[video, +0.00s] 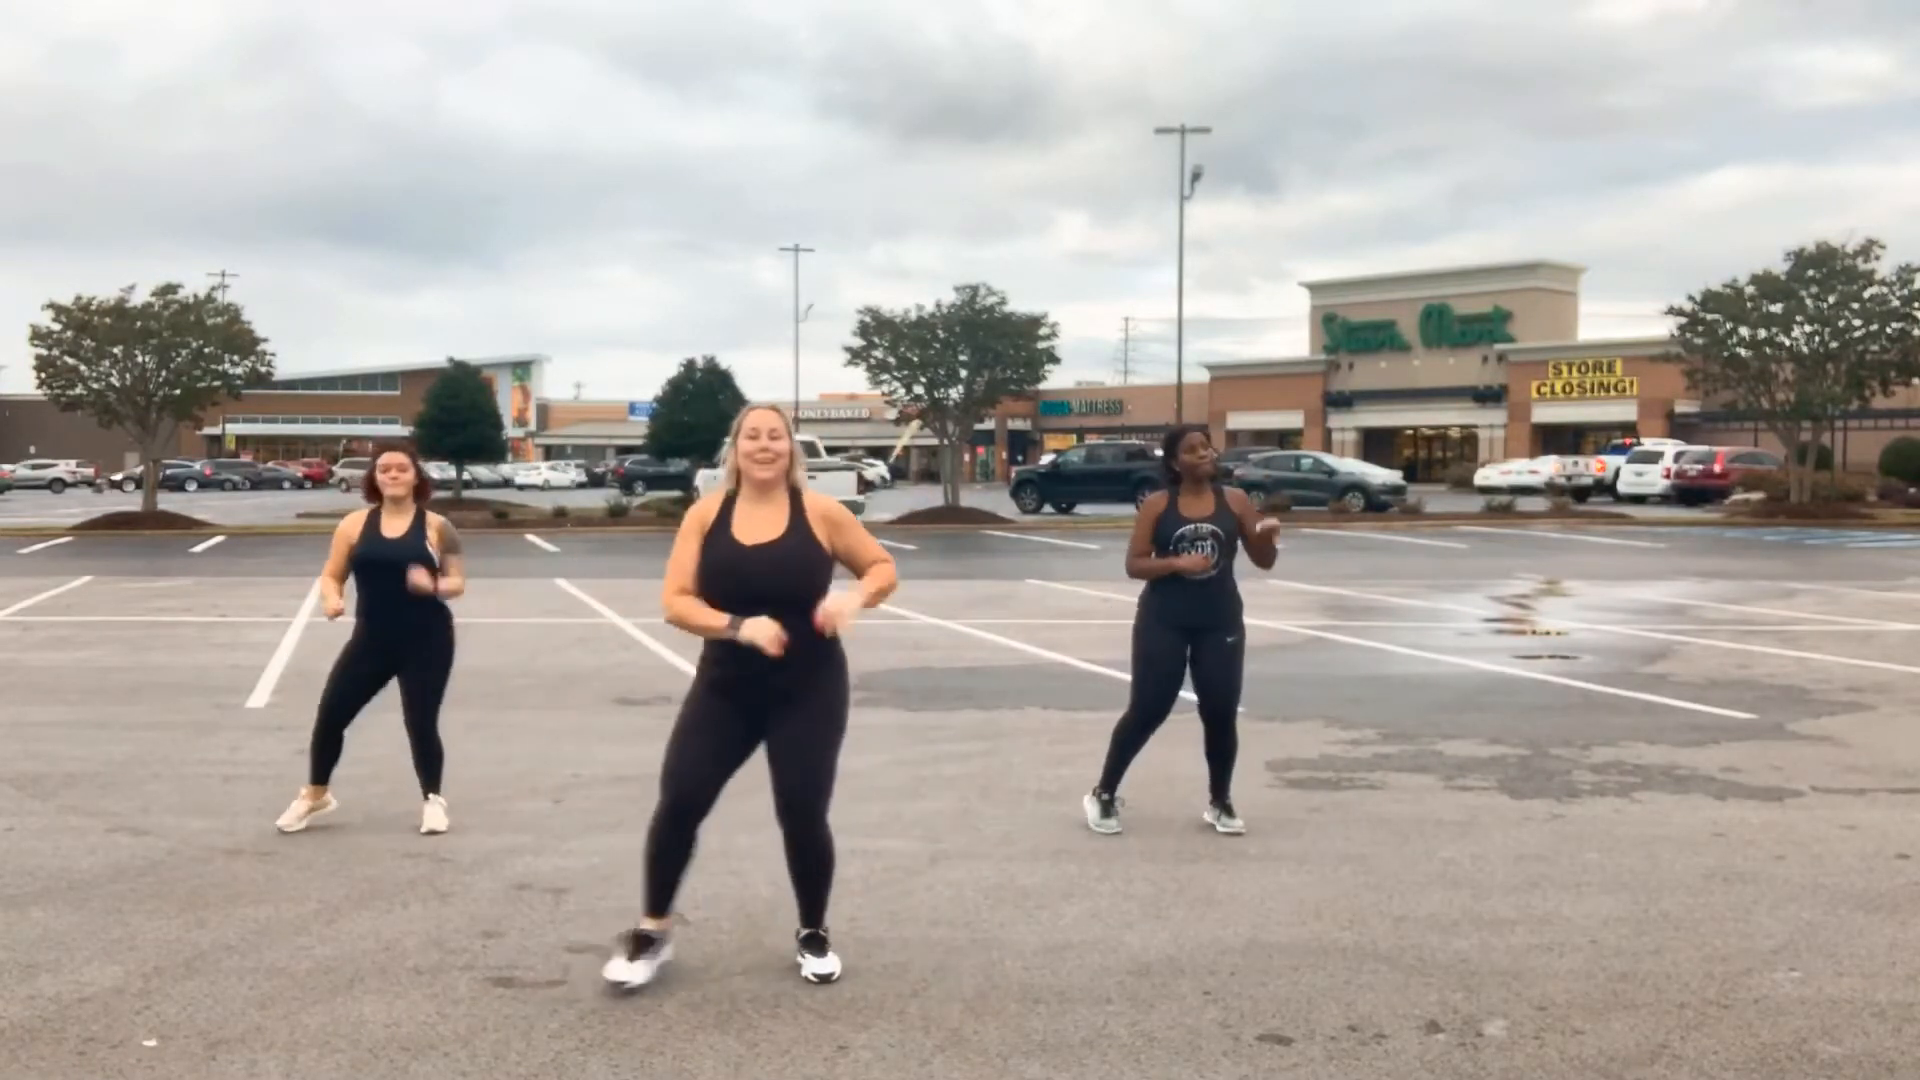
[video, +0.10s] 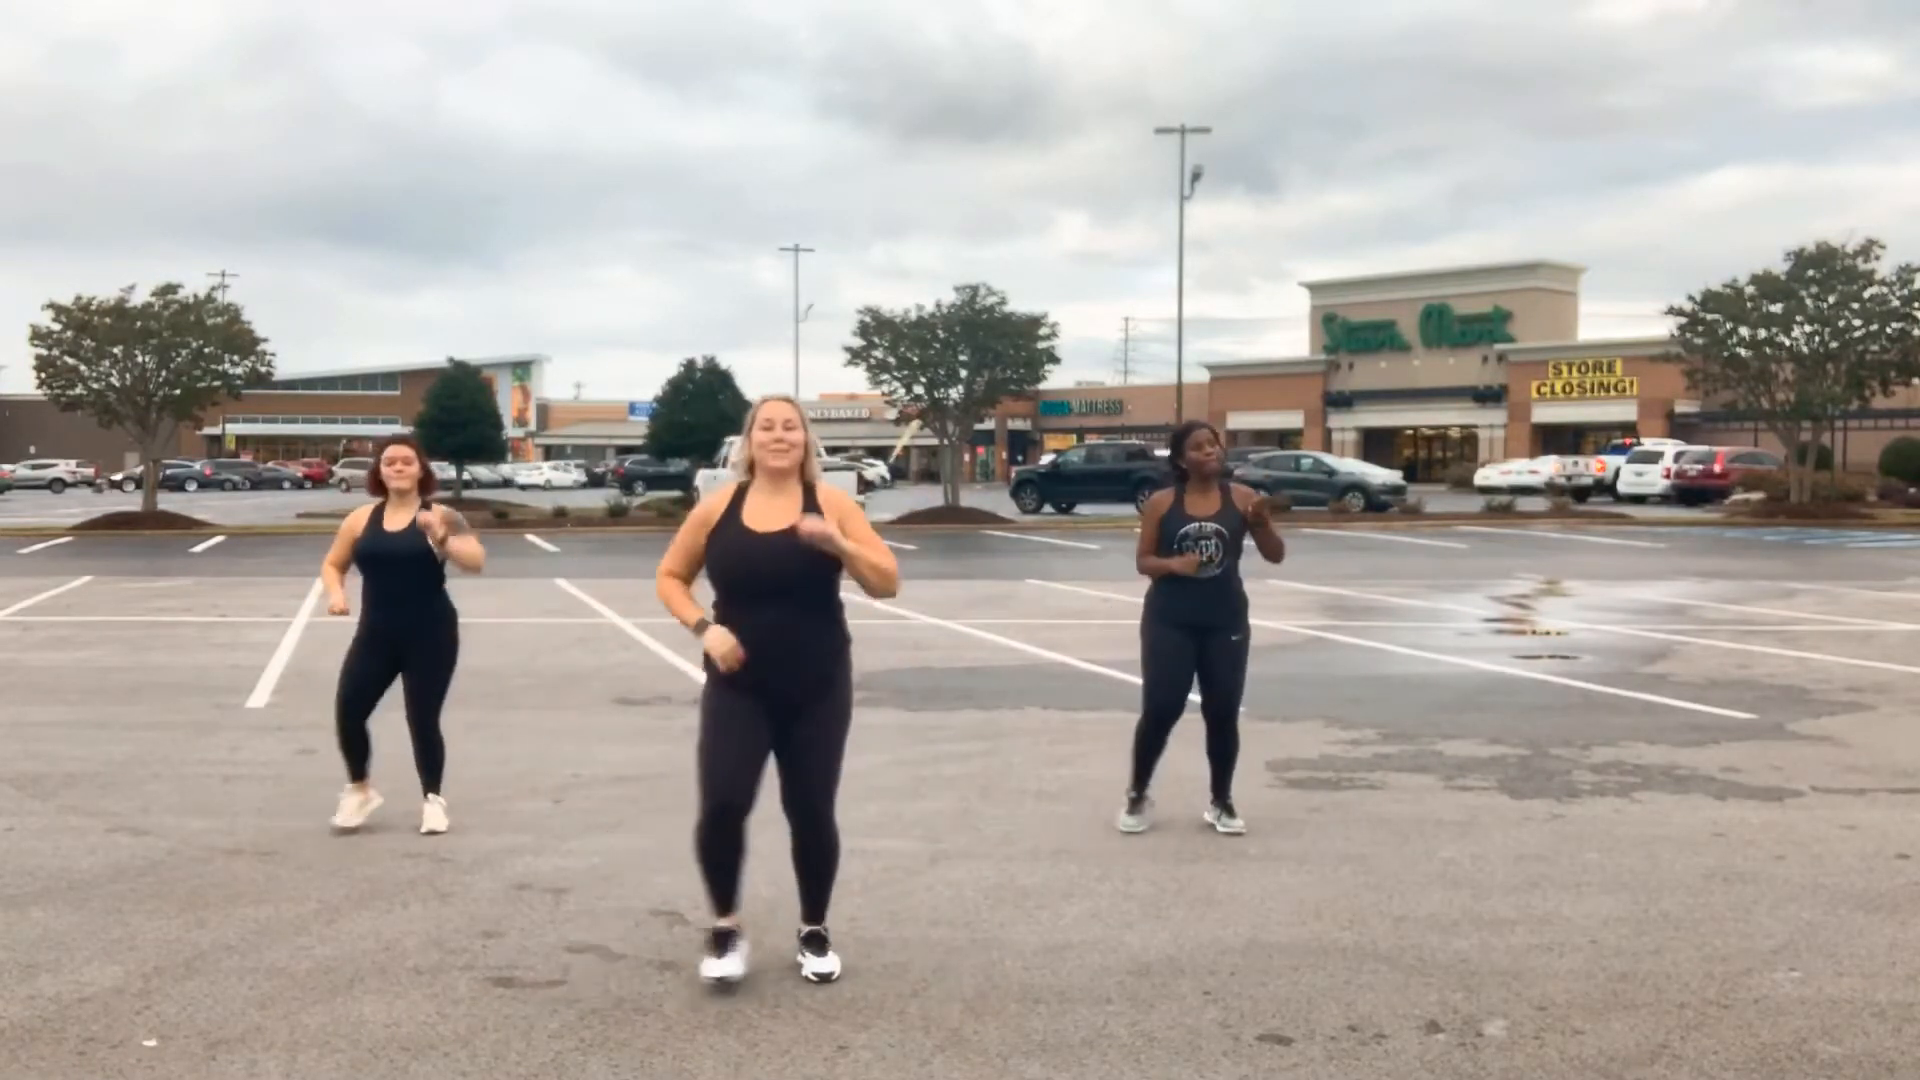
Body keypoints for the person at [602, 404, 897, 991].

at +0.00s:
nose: (764, 445)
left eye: (775, 435)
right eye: (753, 436)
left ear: (792, 449)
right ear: (734, 450)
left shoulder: (821, 512)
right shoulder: (705, 513)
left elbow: (883, 570)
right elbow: (675, 602)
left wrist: (854, 599)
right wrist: (738, 625)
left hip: (808, 686)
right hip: (726, 686)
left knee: (803, 814)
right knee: (678, 803)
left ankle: (813, 935)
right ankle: (652, 931)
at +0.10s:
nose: (779, 435)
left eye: (789, 426)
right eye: (767, 427)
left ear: (807, 441)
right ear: (748, 442)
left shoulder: (832, 504)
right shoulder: (718, 508)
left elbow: (888, 583)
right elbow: (669, 579)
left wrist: (841, 545)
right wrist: (706, 627)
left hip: (818, 686)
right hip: (738, 684)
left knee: (812, 814)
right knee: (721, 807)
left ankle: (814, 933)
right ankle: (724, 928)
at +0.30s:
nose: (794, 458)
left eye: (804, 449)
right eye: (783, 449)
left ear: (820, 461)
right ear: (764, 461)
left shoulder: (845, 522)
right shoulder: (734, 519)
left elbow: (879, 593)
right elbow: (675, 565)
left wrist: (827, 577)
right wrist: (680, 637)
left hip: (832, 702)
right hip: (755, 702)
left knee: (833, 829)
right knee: (781, 827)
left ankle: (814, 935)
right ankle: (765, 945)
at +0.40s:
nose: (799, 459)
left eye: (809, 450)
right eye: (787, 450)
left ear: (826, 461)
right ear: (769, 463)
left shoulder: (855, 526)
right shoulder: (743, 531)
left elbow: (880, 607)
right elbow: (685, 606)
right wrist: (695, 687)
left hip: (836, 708)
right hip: (755, 708)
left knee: (862, 817)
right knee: (772, 827)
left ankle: (822, 922)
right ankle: (761, 946)